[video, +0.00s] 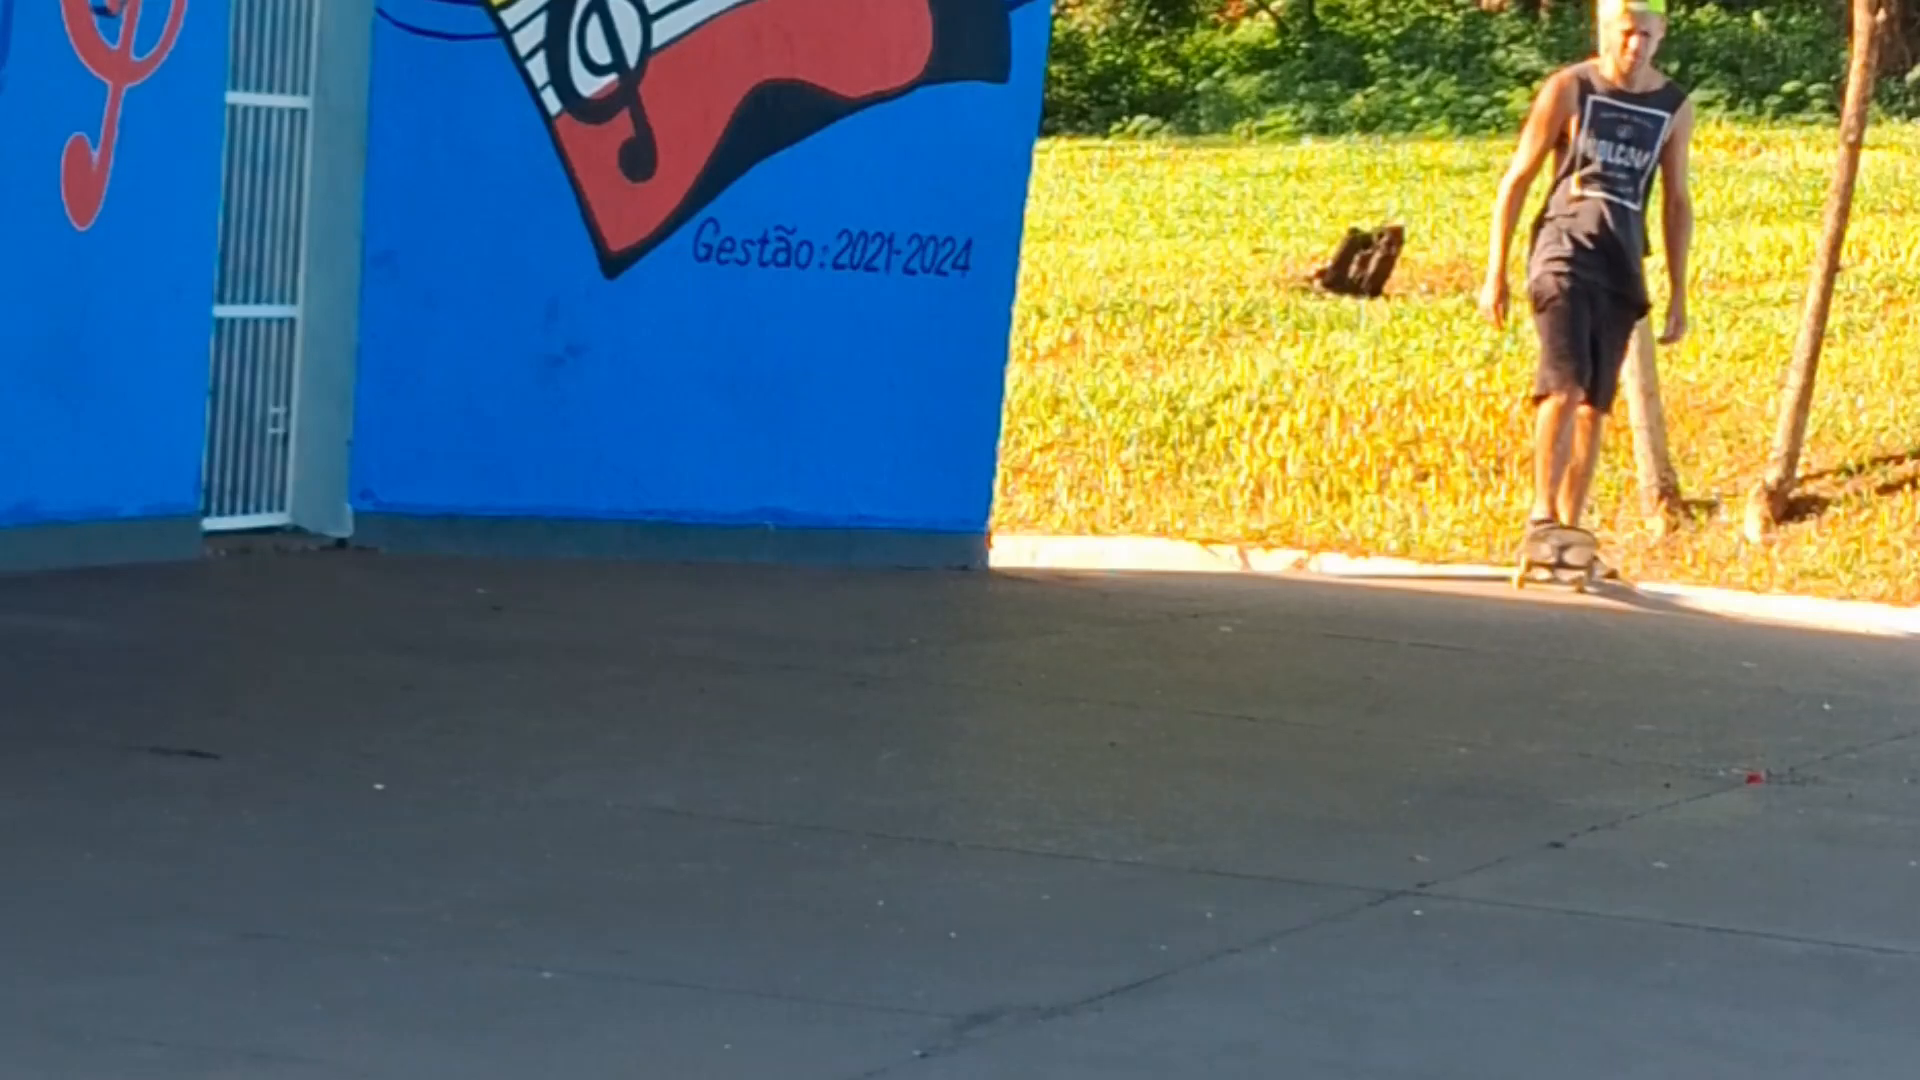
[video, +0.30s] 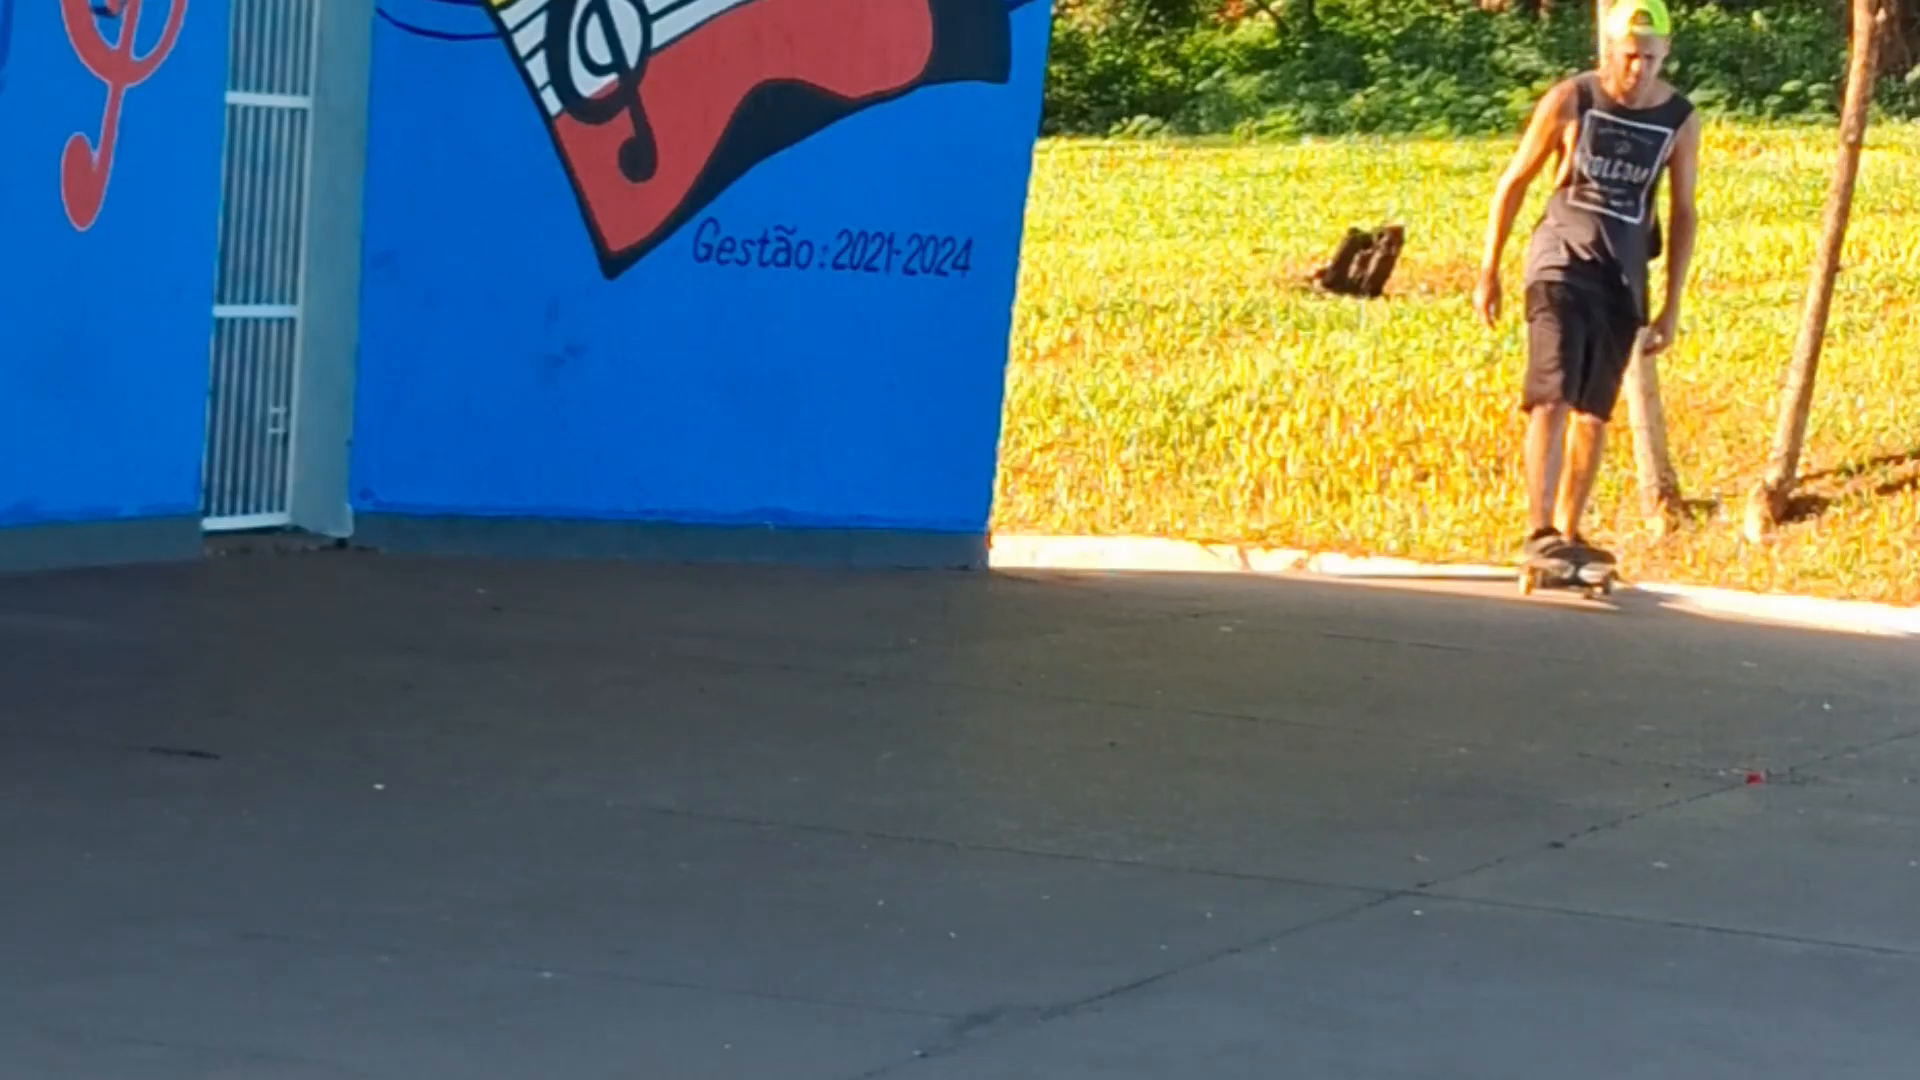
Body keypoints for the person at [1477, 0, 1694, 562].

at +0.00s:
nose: (1633, 43)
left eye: (1644, 33)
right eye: (1624, 30)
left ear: (1659, 37)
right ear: (1603, 29)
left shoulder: (1673, 105)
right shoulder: (1567, 88)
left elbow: (1676, 201)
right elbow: (1517, 180)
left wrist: (1677, 290)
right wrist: (1496, 271)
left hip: (1623, 263)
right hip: (1564, 251)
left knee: (1594, 405)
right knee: (1563, 391)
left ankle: (1573, 527)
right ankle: (1543, 519)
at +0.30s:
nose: (1636, 66)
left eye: (1647, 54)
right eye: (1626, 53)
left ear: (1663, 53)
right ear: (1605, 45)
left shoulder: (1679, 117)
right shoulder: (1569, 99)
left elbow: (1683, 213)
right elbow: (1513, 182)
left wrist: (1671, 303)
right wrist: (1489, 267)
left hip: (1623, 272)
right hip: (1561, 259)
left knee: (1594, 412)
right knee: (1551, 399)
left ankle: (1571, 533)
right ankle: (1541, 535)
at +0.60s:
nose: (1625, 79)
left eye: (1636, 67)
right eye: (1615, 66)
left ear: (1650, 59)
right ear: (1590, 52)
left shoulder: (1666, 110)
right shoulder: (1551, 103)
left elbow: (1686, 198)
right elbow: (1501, 190)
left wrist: (1686, 286)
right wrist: (1489, 283)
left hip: (1627, 287)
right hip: (1556, 281)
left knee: (1619, 420)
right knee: (1543, 417)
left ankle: (1580, 505)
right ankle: (1540, 546)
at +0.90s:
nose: (1649, 108)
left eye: (1659, 97)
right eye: (1638, 96)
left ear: (1674, 88)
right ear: (1610, 81)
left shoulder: (1681, 130)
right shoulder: (1569, 124)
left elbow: (1688, 208)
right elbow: (1502, 216)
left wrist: (1677, 289)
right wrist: (1498, 311)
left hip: (1640, 289)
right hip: (1567, 287)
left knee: (1632, 423)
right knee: (1553, 427)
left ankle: (1638, 557)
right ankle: (1545, 549)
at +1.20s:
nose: (1699, 131)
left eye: (1710, 121)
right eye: (1689, 118)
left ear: (1721, 114)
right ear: (1662, 102)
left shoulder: (1720, 145)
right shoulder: (1607, 131)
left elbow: (1720, 209)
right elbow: (1529, 206)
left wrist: (1702, 295)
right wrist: (1524, 304)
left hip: (1658, 276)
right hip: (1591, 263)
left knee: (1650, 430)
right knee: (1607, 394)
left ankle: (1639, 572)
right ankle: (1568, 484)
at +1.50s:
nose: (1735, 145)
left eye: (1743, 135)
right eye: (1728, 132)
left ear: (1749, 123)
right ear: (1698, 108)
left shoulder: (1727, 139)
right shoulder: (1623, 129)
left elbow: (1697, 212)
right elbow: (1534, 200)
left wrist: (1682, 292)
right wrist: (1534, 301)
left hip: (1656, 279)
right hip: (1591, 269)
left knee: (1666, 417)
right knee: (1621, 400)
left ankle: (1620, 521)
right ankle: (1601, 557)